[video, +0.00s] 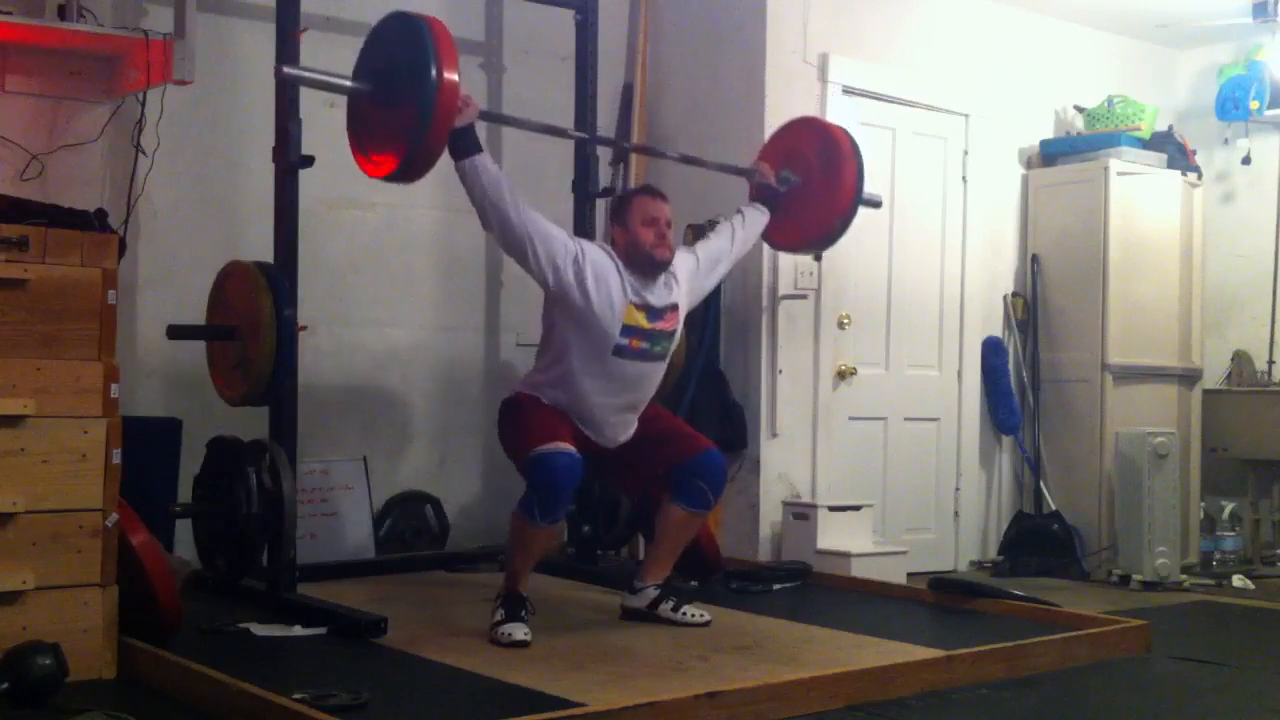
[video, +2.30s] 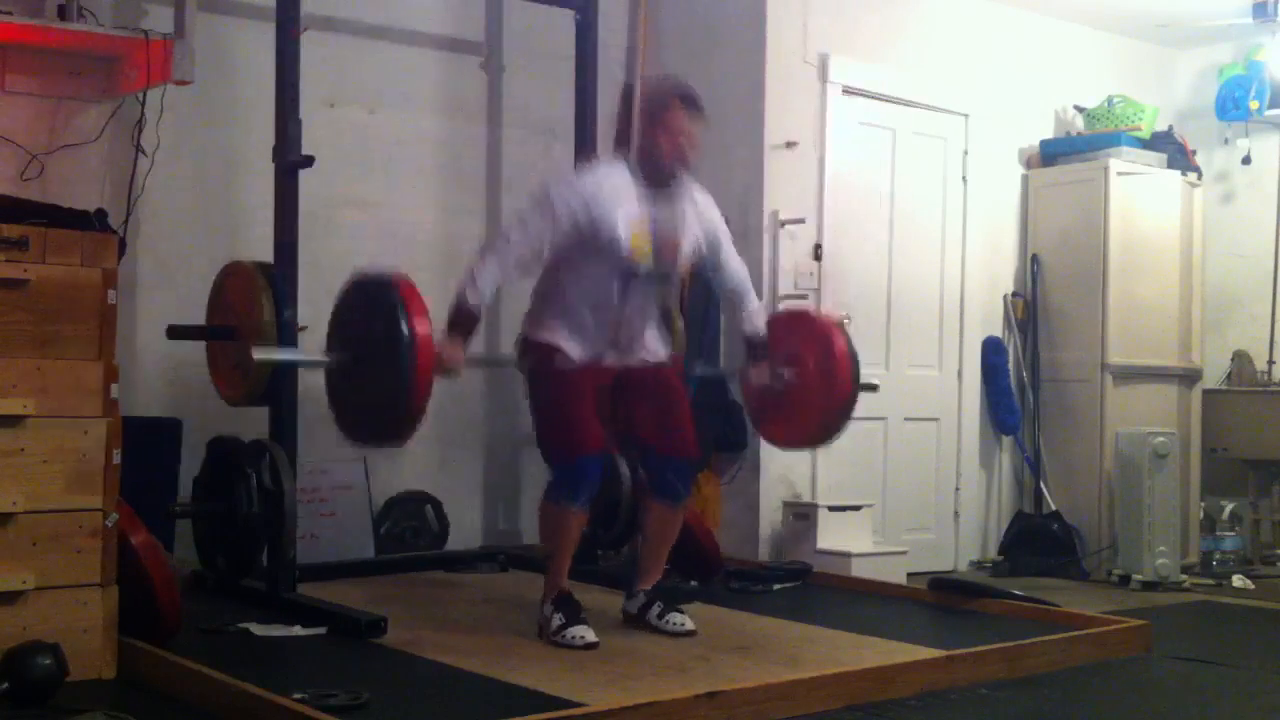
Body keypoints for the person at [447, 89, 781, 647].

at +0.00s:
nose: (664, 233)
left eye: (669, 225)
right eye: (650, 224)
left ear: (673, 233)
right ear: (617, 232)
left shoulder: (683, 279)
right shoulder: (583, 268)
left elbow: (727, 244)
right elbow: (512, 219)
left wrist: (763, 202)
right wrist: (464, 140)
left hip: (628, 419)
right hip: (548, 409)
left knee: (705, 468)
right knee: (559, 471)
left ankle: (647, 590)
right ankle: (513, 598)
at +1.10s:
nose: (664, 142)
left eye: (671, 137)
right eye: (651, 135)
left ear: (679, 152)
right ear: (624, 150)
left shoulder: (693, 199)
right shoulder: (587, 186)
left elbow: (744, 163)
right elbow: (513, 148)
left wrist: (771, 115)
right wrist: (466, 74)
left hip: (640, 367)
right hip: (562, 356)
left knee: (701, 464)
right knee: (565, 462)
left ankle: (648, 590)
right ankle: (515, 598)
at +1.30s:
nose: (666, 77)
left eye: (672, 69)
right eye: (653, 68)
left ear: (678, 79)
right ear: (623, 79)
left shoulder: (695, 130)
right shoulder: (587, 117)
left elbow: (740, 94)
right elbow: (513, 60)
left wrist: (770, 46)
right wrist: (468, 1)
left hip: (651, 315)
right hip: (577, 307)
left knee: (665, 452)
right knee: (582, 437)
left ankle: (648, 590)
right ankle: (550, 596)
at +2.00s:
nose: (616, 67)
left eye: (624, 59)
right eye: (604, 57)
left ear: (632, 68)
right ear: (576, 63)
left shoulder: (646, 128)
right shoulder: (548, 113)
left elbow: (705, 147)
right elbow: (466, 127)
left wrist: (765, 122)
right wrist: (448, 84)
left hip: (656, 297)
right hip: (580, 295)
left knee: (663, 441)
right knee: (578, 442)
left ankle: (656, 579)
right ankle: (563, 592)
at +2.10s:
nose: (618, 69)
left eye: (626, 60)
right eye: (606, 58)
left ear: (634, 65)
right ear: (579, 61)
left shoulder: (648, 119)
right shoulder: (549, 105)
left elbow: (708, 163)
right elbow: (478, 117)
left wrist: (776, 178)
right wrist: (427, 114)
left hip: (651, 285)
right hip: (576, 284)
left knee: (669, 430)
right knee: (583, 435)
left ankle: (657, 578)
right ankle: (565, 591)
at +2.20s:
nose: (647, 101)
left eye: (658, 92)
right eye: (638, 88)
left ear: (667, 97)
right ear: (612, 83)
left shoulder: (672, 158)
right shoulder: (570, 141)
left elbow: (716, 226)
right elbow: (497, 182)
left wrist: (755, 288)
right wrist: (467, 246)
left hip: (652, 318)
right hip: (575, 315)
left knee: (672, 453)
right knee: (587, 455)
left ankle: (648, 593)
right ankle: (560, 598)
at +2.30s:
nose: (683, 146)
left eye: (691, 135)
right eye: (672, 132)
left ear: (697, 139)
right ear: (643, 133)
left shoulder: (696, 206)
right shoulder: (593, 188)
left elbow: (734, 278)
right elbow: (510, 246)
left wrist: (760, 343)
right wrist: (460, 326)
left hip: (642, 347)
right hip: (565, 343)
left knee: (674, 463)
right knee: (581, 463)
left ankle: (644, 596)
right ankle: (556, 602)